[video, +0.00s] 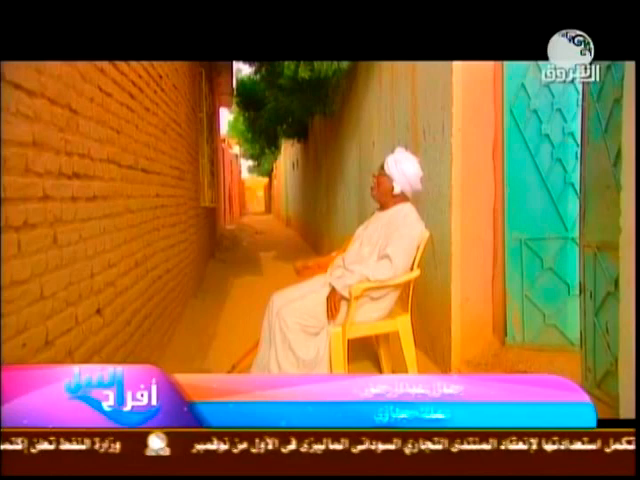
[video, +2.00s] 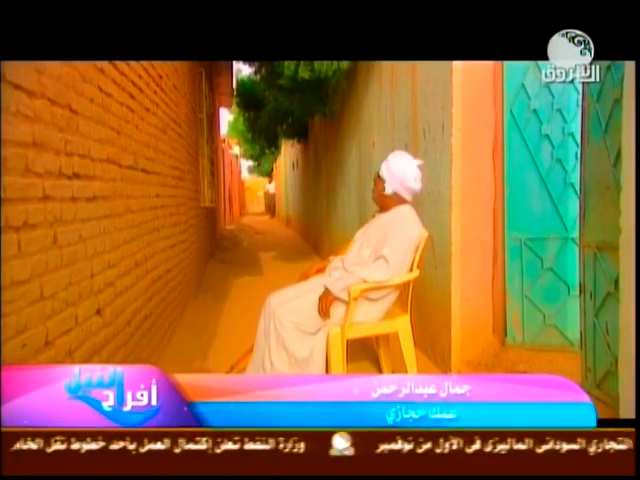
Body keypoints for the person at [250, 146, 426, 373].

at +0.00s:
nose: (374, 179)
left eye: (381, 176)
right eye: (377, 175)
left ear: (396, 185)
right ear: (393, 186)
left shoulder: (407, 220)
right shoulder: (384, 214)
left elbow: (393, 269)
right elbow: (354, 253)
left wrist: (342, 286)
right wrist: (326, 268)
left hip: (364, 296)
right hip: (342, 281)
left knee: (288, 316)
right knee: (278, 303)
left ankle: (291, 387)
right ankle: (270, 379)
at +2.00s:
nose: (373, 186)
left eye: (378, 181)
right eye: (376, 179)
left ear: (390, 188)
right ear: (392, 189)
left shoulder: (405, 221)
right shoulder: (388, 216)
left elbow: (388, 271)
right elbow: (358, 253)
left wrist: (336, 288)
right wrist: (327, 266)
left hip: (360, 298)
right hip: (341, 281)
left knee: (283, 314)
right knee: (274, 303)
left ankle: (281, 386)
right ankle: (266, 379)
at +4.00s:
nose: (366, 195)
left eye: (373, 190)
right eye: (366, 188)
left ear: (392, 193)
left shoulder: (404, 223)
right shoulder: (385, 217)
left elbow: (387, 271)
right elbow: (356, 253)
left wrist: (335, 288)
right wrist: (326, 266)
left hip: (359, 299)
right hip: (340, 282)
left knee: (282, 315)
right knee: (274, 305)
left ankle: (280, 386)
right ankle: (267, 379)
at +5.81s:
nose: (378, 180)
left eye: (387, 177)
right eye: (381, 175)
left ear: (402, 189)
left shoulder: (405, 223)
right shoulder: (385, 216)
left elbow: (388, 271)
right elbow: (356, 253)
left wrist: (337, 288)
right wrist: (326, 265)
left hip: (362, 300)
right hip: (342, 283)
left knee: (283, 315)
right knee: (274, 304)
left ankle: (289, 405)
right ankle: (266, 379)